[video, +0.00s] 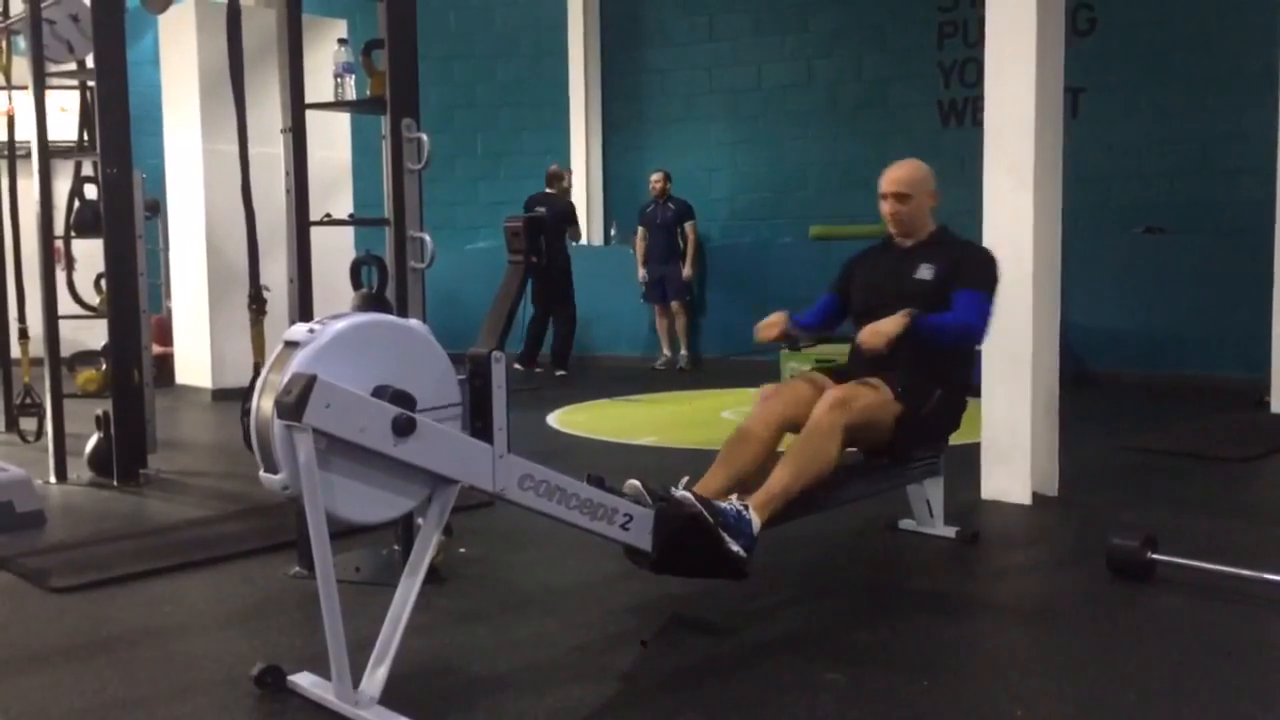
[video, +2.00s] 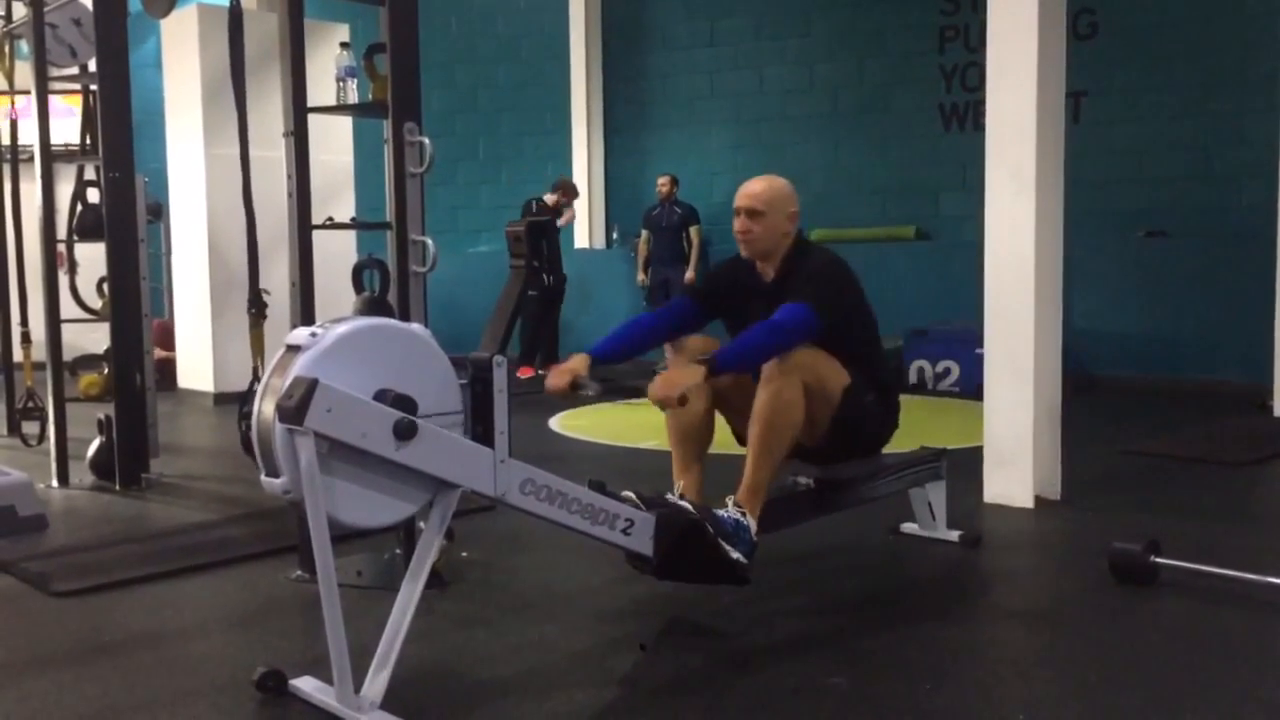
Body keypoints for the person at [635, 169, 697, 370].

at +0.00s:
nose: (653, 186)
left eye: (657, 182)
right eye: (651, 182)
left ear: (667, 184)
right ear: (649, 186)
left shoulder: (681, 206)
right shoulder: (645, 209)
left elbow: (691, 235)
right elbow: (640, 238)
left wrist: (688, 264)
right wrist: (640, 266)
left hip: (675, 265)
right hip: (653, 266)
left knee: (676, 307)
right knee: (660, 310)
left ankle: (683, 351)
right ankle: (665, 352)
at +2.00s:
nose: (659, 189)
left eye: (663, 185)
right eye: (658, 186)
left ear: (674, 188)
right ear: (656, 188)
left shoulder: (687, 211)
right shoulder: (650, 212)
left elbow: (695, 241)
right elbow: (643, 242)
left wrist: (691, 269)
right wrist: (640, 269)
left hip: (679, 270)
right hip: (656, 270)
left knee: (680, 312)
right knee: (660, 313)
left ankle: (681, 358)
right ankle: (667, 357)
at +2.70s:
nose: (661, 191)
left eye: (665, 187)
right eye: (660, 188)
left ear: (675, 190)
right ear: (658, 190)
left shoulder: (688, 213)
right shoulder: (652, 214)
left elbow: (697, 243)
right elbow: (644, 244)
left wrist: (692, 270)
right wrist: (642, 272)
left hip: (679, 271)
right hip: (658, 271)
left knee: (680, 313)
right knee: (663, 315)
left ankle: (686, 357)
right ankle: (668, 357)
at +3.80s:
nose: (659, 200)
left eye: (663, 197)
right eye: (657, 197)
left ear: (673, 200)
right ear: (655, 199)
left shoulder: (685, 222)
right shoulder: (649, 223)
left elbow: (694, 253)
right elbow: (642, 253)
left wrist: (689, 280)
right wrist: (640, 281)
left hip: (678, 281)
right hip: (655, 281)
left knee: (680, 324)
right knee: (659, 325)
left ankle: (683, 365)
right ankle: (666, 366)